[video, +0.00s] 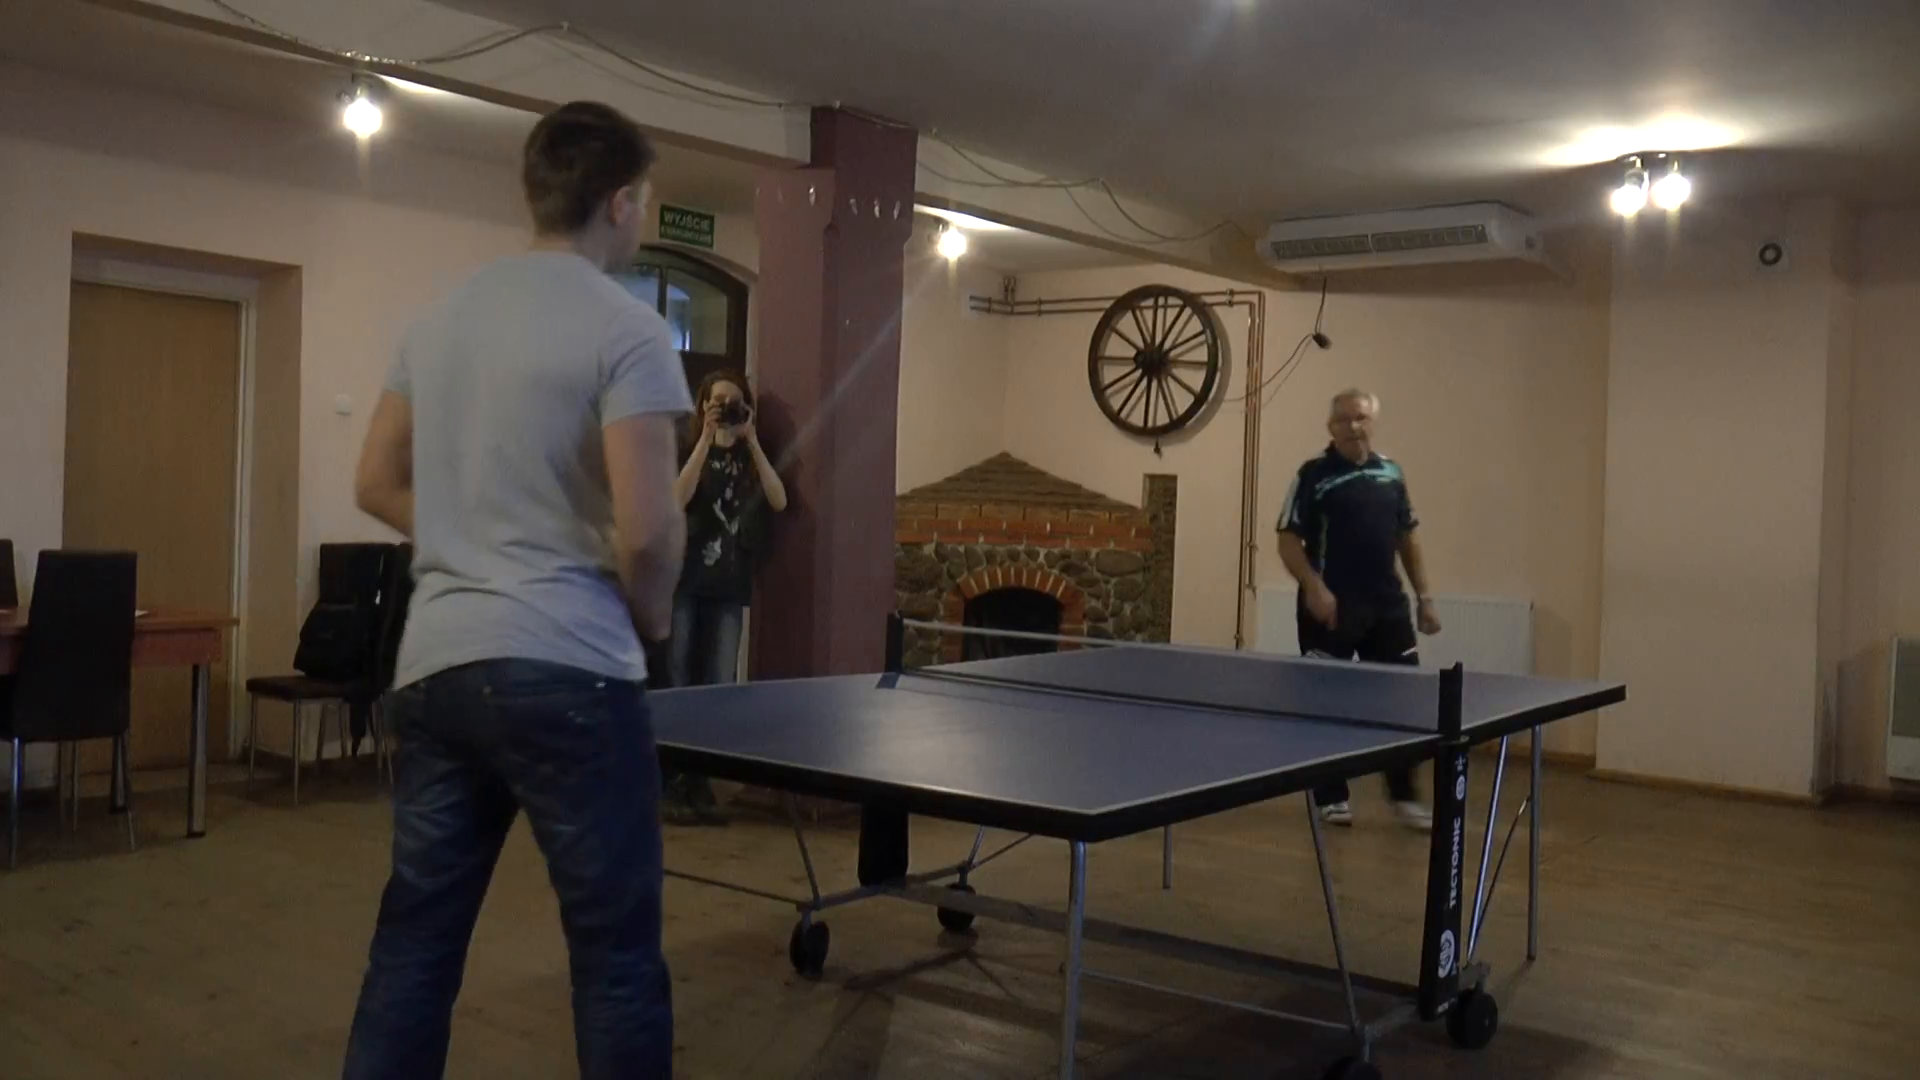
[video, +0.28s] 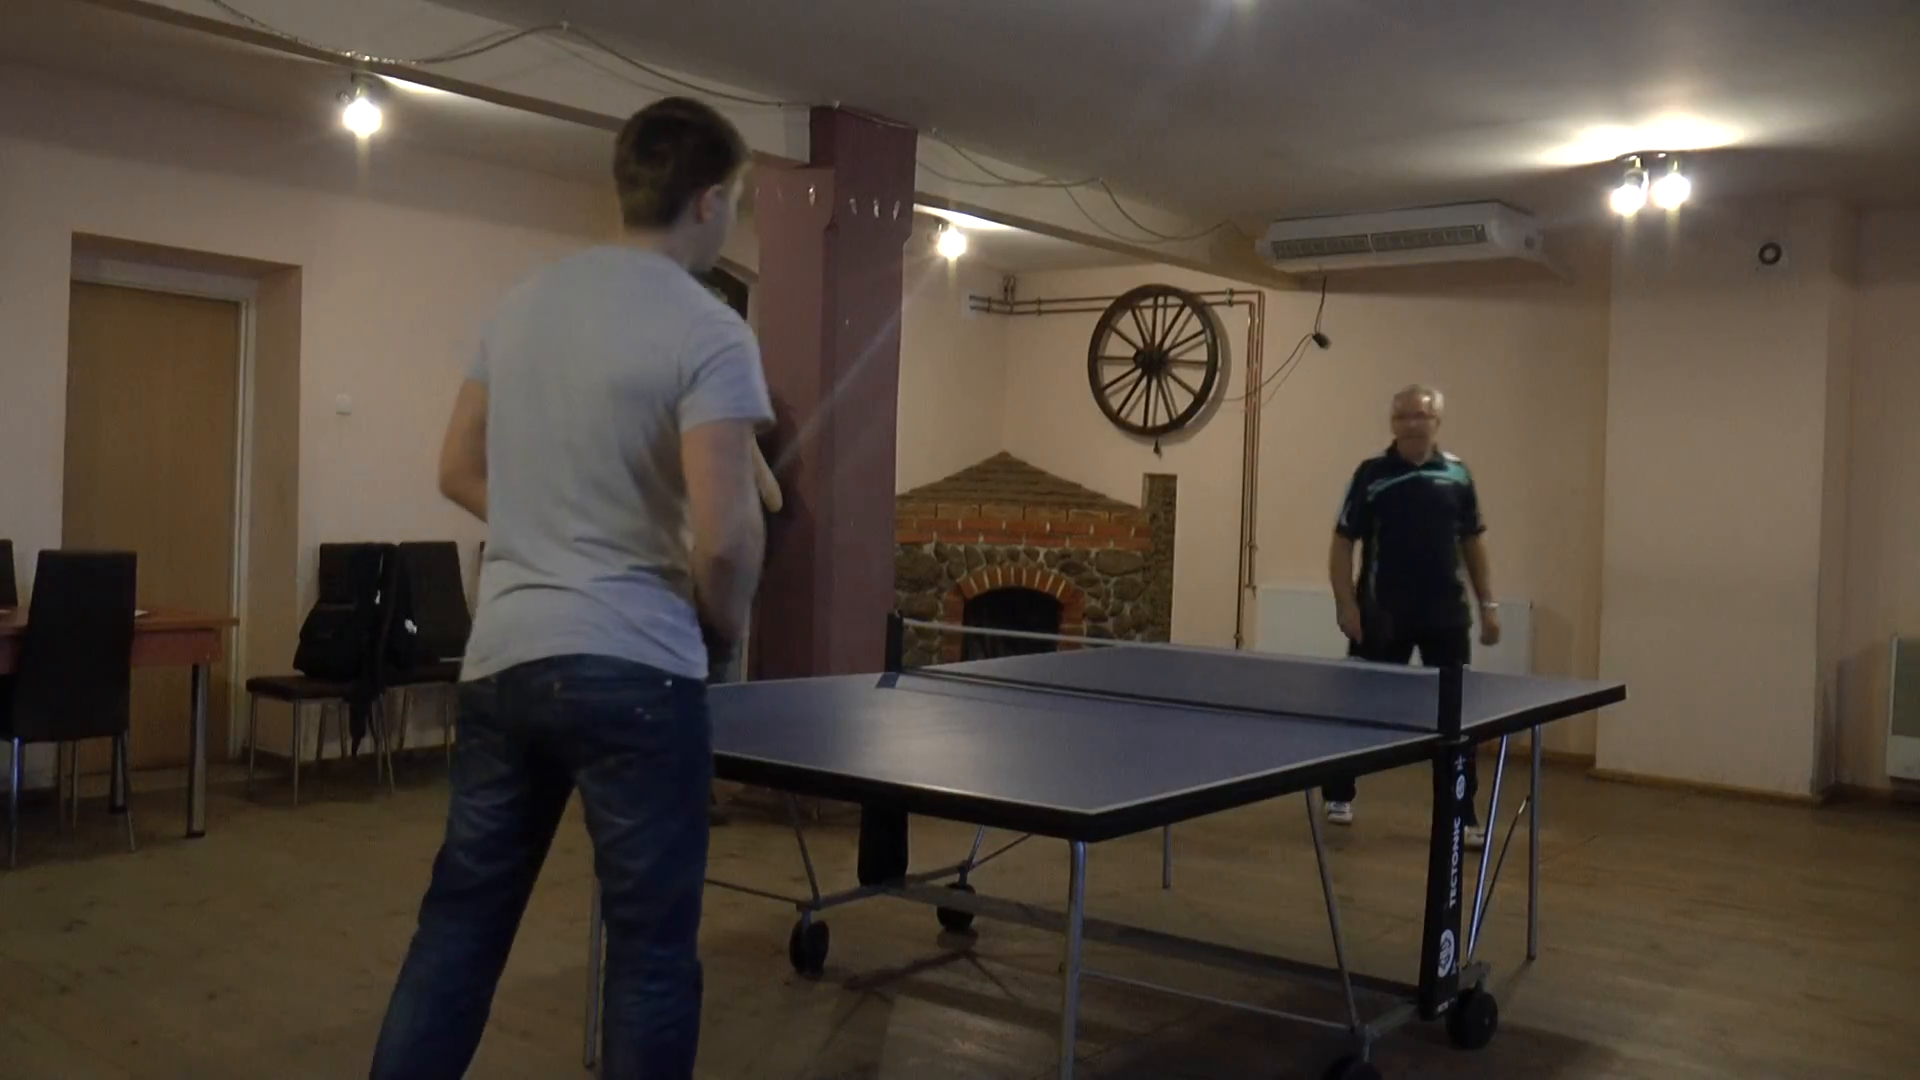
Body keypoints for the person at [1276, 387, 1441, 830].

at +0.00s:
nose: (1352, 426)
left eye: (1360, 418)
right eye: (1343, 419)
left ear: (1374, 423)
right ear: (1330, 425)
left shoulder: (1391, 473)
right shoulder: (1313, 476)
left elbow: (1406, 537)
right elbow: (1288, 540)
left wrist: (1423, 596)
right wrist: (1312, 584)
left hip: (1386, 605)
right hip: (1329, 608)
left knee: (1403, 695)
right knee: (1327, 700)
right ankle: (1330, 795)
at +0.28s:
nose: (1410, 424)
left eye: (1420, 417)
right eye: (1402, 417)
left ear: (1437, 423)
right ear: (1392, 422)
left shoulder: (1456, 474)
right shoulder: (1371, 474)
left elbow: (1472, 541)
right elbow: (1343, 542)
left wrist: (1487, 605)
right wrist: (1346, 601)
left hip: (1445, 613)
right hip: (1384, 612)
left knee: (1455, 712)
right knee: (1357, 701)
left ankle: (1461, 814)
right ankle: (1339, 793)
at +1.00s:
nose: (1458, 428)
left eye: (1468, 418)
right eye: (1450, 420)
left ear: (1495, 417)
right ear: (1445, 422)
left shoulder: (1531, 470)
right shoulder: (1441, 478)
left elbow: (1561, 548)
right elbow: (1428, 559)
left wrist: (1555, 613)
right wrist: (1420, 625)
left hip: (1518, 633)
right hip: (1456, 633)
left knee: (1520, 739)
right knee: (1462, 742)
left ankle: (1513, 831)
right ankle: (1472, 841)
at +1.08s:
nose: (1459, 428)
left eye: (1469, 417)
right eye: (1451, 420)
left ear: (1498, 415)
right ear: (1447, 423)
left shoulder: (1535, 471)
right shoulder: (1444, 479)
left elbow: (1570, 545)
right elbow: (1429, 555)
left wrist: (1579, 614)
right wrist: (1420, 622)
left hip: (1521, 633)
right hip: (1458, 633)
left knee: (1526, 740)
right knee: (1469, 744)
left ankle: (1546, 847)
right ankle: (1484, 845)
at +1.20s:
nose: (1459, 428)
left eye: (1469, 418)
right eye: (1453, 419)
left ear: (1501, 418)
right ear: (1451, 421)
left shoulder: (1538, 472)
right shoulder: (1449, 479)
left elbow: (1582, 544)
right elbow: (1429, 553)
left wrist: (1612, 615)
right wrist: (1411, 614)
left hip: (1520, 641)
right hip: (1458, 640)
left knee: (1523, 749)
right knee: (1470, 749)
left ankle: (1548, 867)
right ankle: (1482, 849)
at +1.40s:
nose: (1467, 420)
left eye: (1479, 410)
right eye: (1465, 410)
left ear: (1511, 416)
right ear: (1466, 414)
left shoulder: (1545, 473)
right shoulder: (1459, 471)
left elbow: (1588, 551)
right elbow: (1429, 537)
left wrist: (1616, 626)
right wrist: (1400, 574)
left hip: (1523, 646)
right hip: (1465, 643)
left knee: (1520, 756)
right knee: (1473, 749)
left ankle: (1537, 873)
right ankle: (1485, 843)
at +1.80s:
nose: (1466, 405)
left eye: (1480, 398)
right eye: (1465, 396)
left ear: (1512, 411)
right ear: (1468, 402)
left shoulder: (1530, 471)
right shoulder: (1471, 460)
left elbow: (1526, 562)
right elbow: (1451, 512)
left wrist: (1458, 608)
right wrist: (1401, 518)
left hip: (1517, 642)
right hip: (1471, 632)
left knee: (1514, 759)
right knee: (1451, 741)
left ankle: (1539, 873)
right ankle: (1436, 842)